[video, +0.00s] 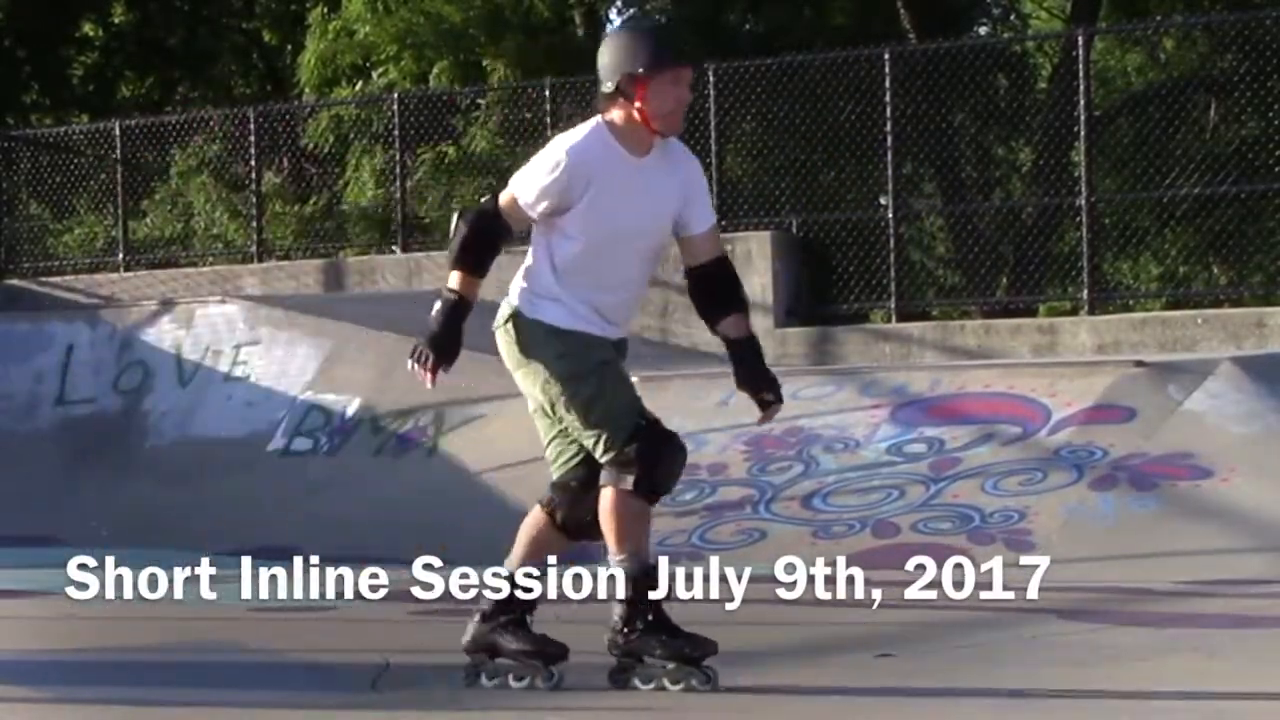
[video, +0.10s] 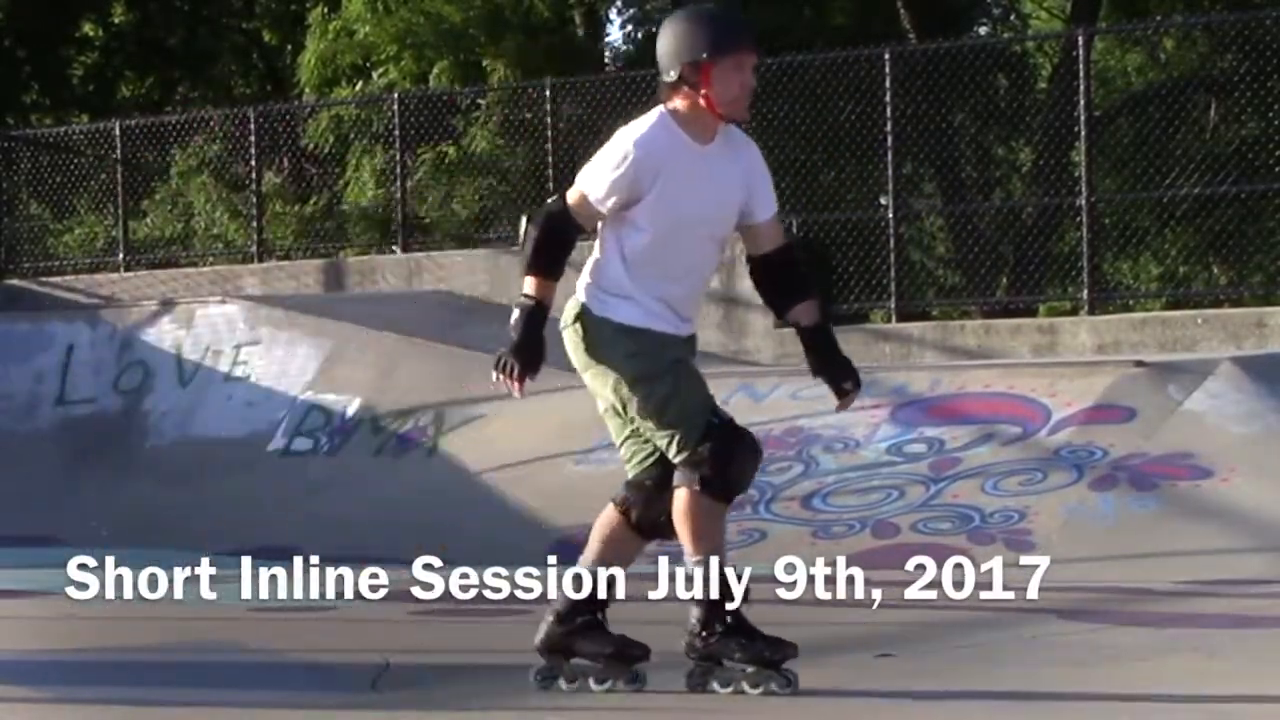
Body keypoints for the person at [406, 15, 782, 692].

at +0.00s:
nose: (689, 92)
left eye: (688, 79)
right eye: (675, 80)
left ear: (657, 91)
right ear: (632, 91)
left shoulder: (682, 169)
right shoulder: (574, 157)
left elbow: (710, 271)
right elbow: (486, 227)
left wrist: (746, 354)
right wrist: (447, 318)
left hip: (600, 338)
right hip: (542, 328)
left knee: (580, 495)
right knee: (635, 453)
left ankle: (498, 617)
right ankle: (640, 619)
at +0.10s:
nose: (753, 81)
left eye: (752, 68)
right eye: (740, 70)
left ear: (721, 78)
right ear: (694, 77)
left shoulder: (743, 157)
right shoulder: (642, 144)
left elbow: (775, 260)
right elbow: (559, 224)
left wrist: (820, 344)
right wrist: (527, 322)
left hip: (666, 331)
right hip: (610, 324)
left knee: (657, 490)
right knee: (709, 452)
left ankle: (573, 619)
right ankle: (717, 621)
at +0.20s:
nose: (828, 66)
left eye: (827, 52)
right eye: (815, 54)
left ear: (799, 62)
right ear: (770, 63)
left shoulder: (819, 146)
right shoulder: (719, 137)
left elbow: (845, 252)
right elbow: (644, 224)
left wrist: (885, 332)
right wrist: (617, 324)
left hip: (752, 329)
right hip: (693, 323)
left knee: (749, 485)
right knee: (797, 451)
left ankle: (666, 618)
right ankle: (806, 622)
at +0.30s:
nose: (900, 52)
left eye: (897, 39)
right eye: (887, 41)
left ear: (859, 54)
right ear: (839, 56)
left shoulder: (889, 134)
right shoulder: (791, 132)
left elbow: (902, 247)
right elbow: (712, 225)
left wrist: (934, 332)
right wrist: (692, 329)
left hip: (830, 326)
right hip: (766, 321)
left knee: (839, 474)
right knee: (868, 447)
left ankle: (758, 616)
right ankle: (881, 624)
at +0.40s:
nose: (984, 41)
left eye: (980, 27)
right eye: (967, 30)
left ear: (946, 48)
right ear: (920, 48)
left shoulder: (975, 128)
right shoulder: (873, 129)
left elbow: (980, 243)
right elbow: (800, 226)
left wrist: (998, 336)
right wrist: (779, 329)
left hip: (919, 323)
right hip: (855, 322)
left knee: (940, 466)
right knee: (961, 453)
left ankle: (876, 616)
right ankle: (968, 631)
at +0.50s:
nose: (1067, 41)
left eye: (1065, 27)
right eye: (1052, 29)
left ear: (1035, 45)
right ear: (1005, 45)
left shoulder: (1065, 125)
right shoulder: (957, 127)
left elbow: (1068, 244)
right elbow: (886, 231)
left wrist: (1081, 339)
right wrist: (870, 338)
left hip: (1012, 322)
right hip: (944, 323)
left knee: (1041, 464)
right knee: (1059, 451)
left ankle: (984, 619)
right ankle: (1055, 629)